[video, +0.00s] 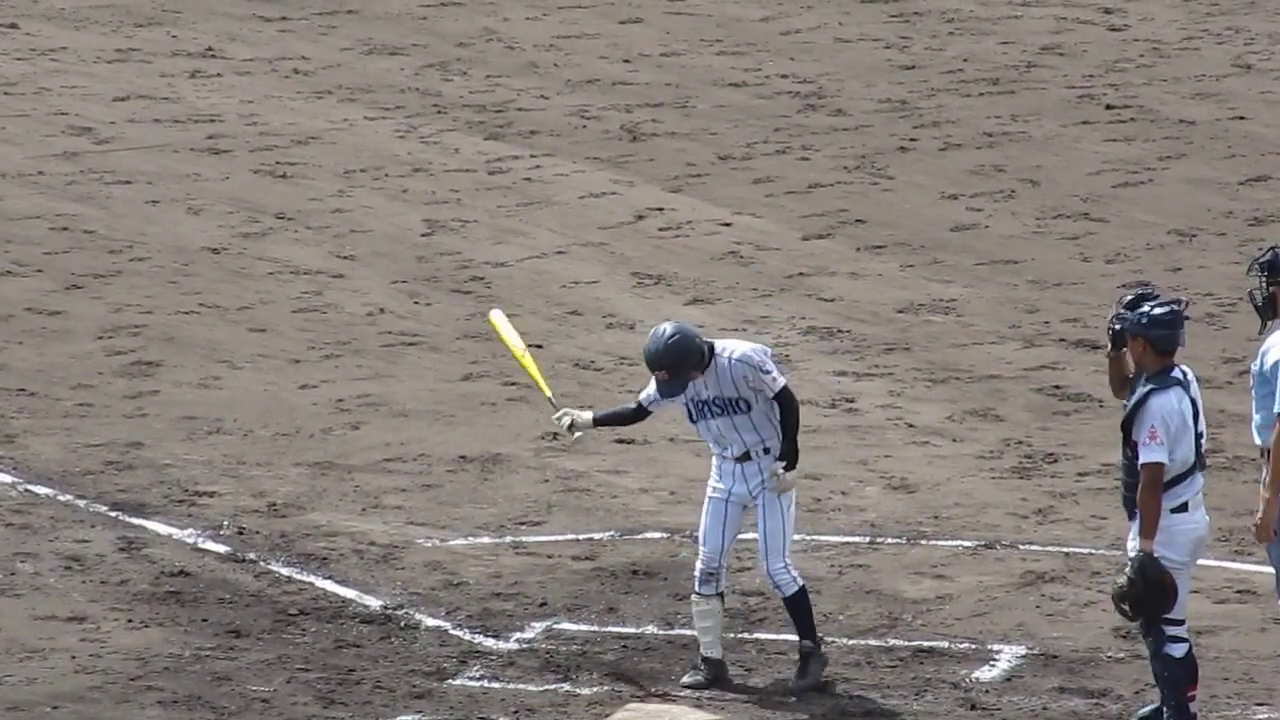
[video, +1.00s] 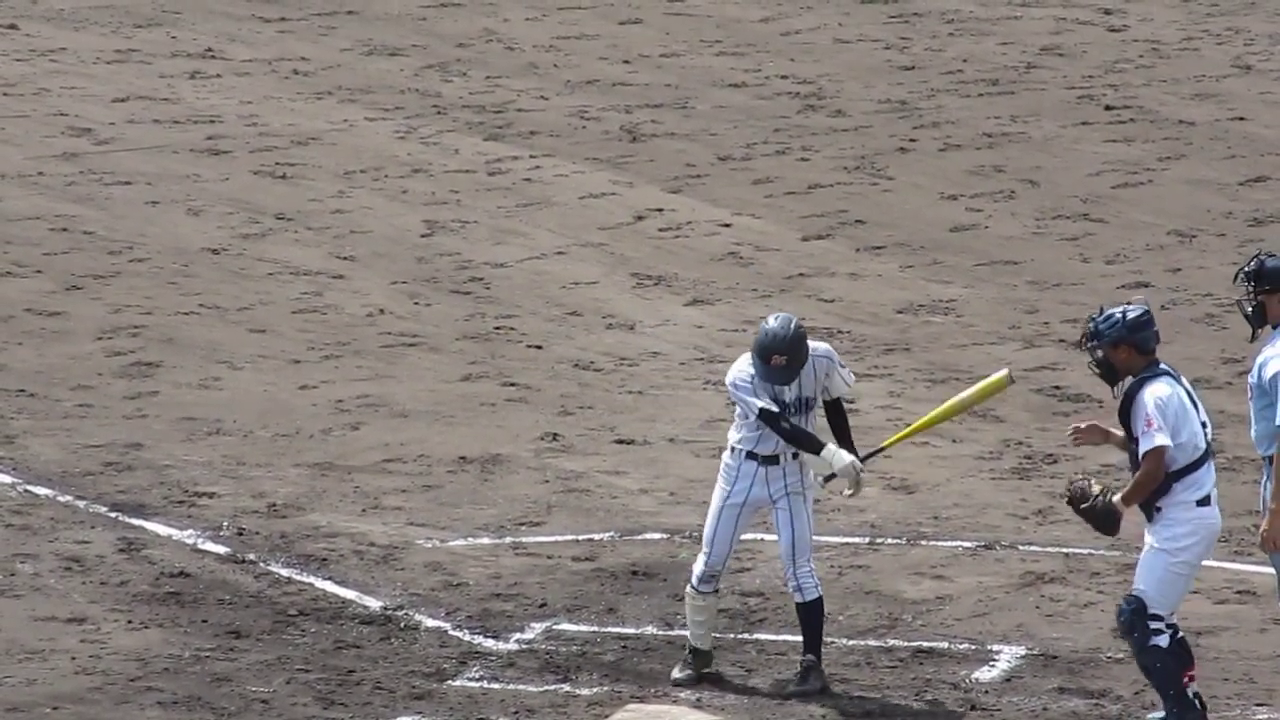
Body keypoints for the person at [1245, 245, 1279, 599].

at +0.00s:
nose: (1264, 291)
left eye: (1267, 283)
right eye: (1265, 282)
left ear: (1274, 292)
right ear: (1275, 292)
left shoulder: (1273, 353)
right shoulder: (1269, 346)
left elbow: (1274, 435)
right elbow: (1269, 435)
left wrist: (1269, 500)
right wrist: (1266, 498)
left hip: (1272, 478)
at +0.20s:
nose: (1265, 294)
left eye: (1269, 285)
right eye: (1266, 285)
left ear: (1277, 293)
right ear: (1276, 293)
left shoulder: (1274, 357)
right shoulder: (1270, 350)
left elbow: (1271, 441)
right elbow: (1267, 439)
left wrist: (1274, 504)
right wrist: (1269, 498)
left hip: (1274, 464)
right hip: (1270, 463)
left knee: (1274, 545)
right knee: (1272, 545)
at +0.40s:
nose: (1264, 294)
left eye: (1268, 286)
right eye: (1264, 286)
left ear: (1276, 293)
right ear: (1274, 293)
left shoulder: (1274, 355)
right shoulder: (1269, 349)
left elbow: (1269, 437)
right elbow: (1267, 434)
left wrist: (1275, 505)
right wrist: (1271, 499)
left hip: (1274, 465)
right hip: (1270, 463)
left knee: (1275, 552)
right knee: (1274, 553)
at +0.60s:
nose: (1259, 296)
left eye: (1265, 288)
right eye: (1260, 288)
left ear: (1276, 295)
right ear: (1272, 295)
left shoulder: (1274, 355)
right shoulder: (1269, 348)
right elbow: (1267, 430)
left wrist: (1275, 509)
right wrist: (1271, 501)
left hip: (1274, 465)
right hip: (1268, 463)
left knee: (1273, 541)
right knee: (1270, 538)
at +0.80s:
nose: (1258, 297)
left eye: (1264, 290)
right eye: (1260, 290)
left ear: (1277, 296)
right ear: (1273, 295)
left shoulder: (1275, 359)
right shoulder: (1270, 352)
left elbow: (1276, 444)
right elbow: (1270, 440)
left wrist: (1275, 508)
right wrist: (1271, 504)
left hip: (1274, 480)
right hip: (1271, 475)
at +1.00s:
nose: (1255, 299)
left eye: (1262, 292)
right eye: (1257, 291)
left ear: (1276, 297)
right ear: (1272, 297)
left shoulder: (1273, 364)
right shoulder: (1269, 354)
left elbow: (1277, 446)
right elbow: (1271, 443)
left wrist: (1274, 512)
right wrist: (1270, 507)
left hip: (1273, 488)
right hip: (1271, 484)